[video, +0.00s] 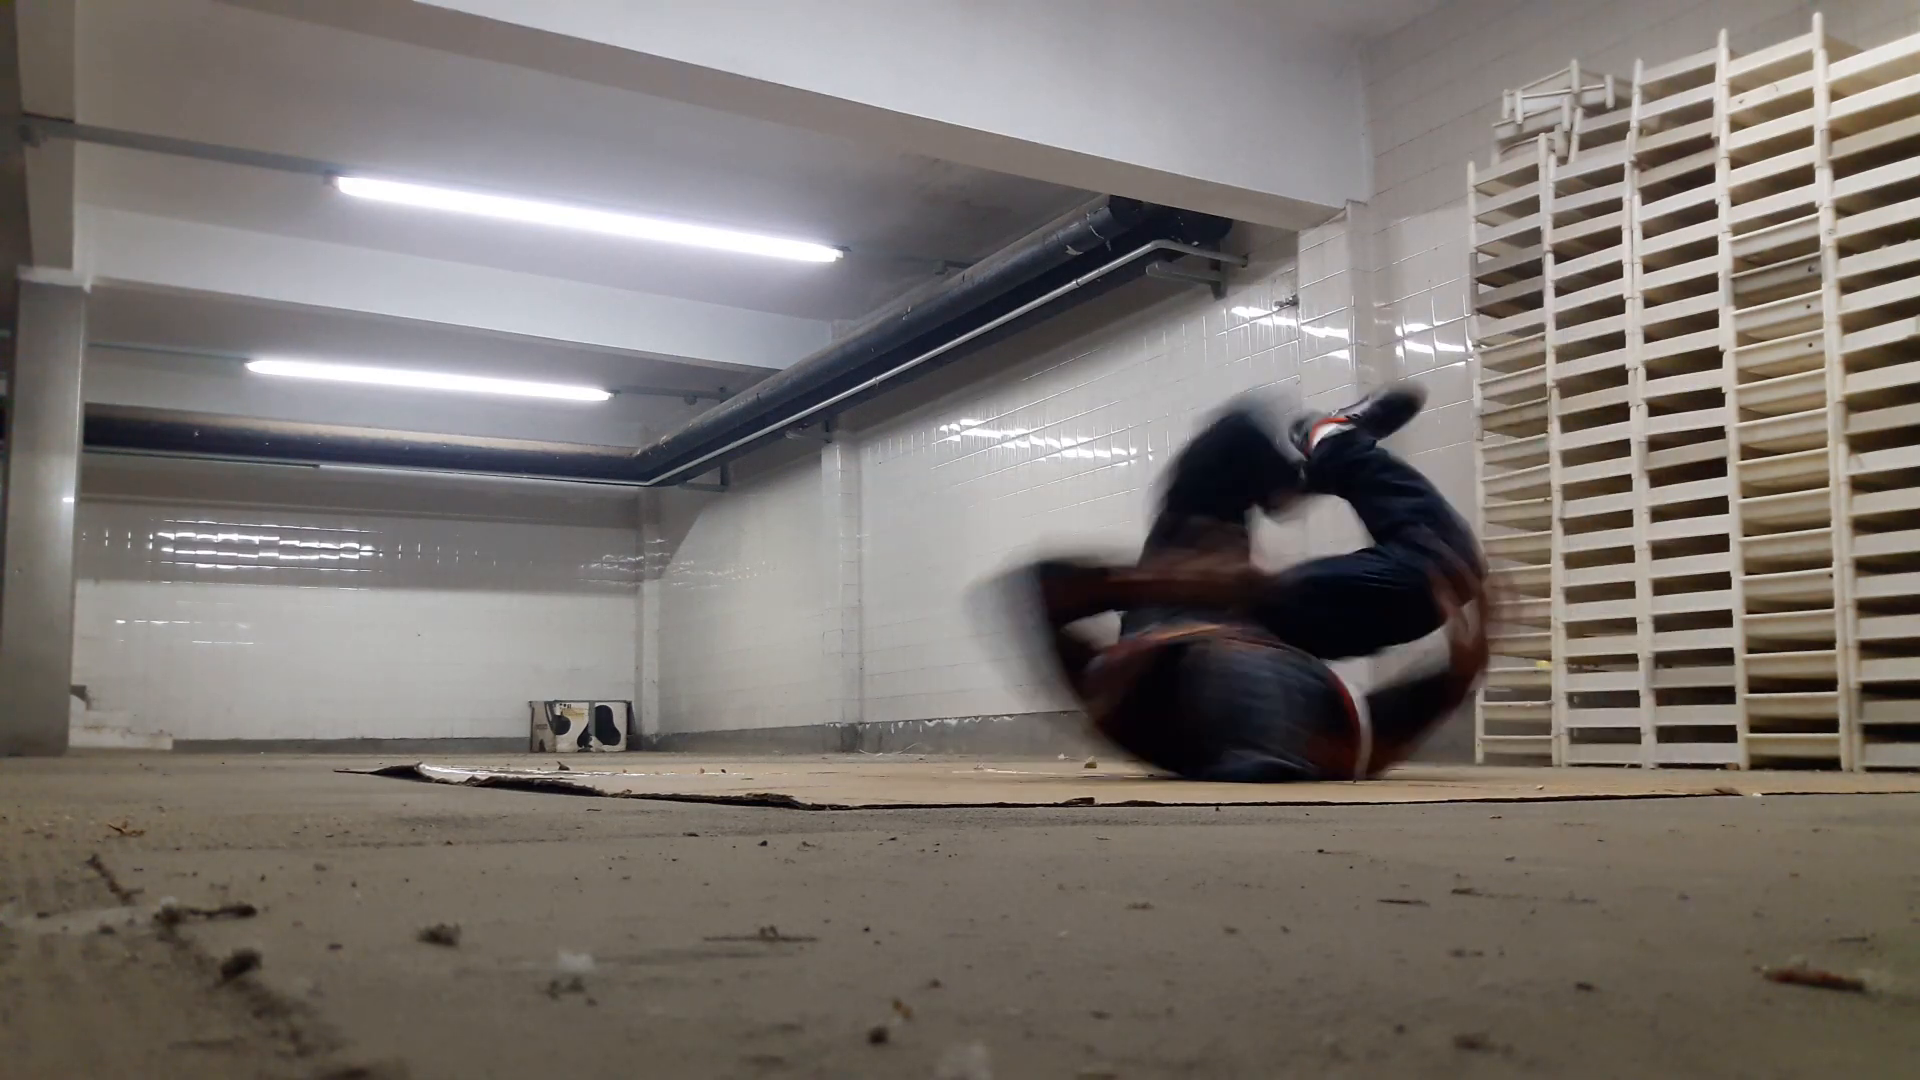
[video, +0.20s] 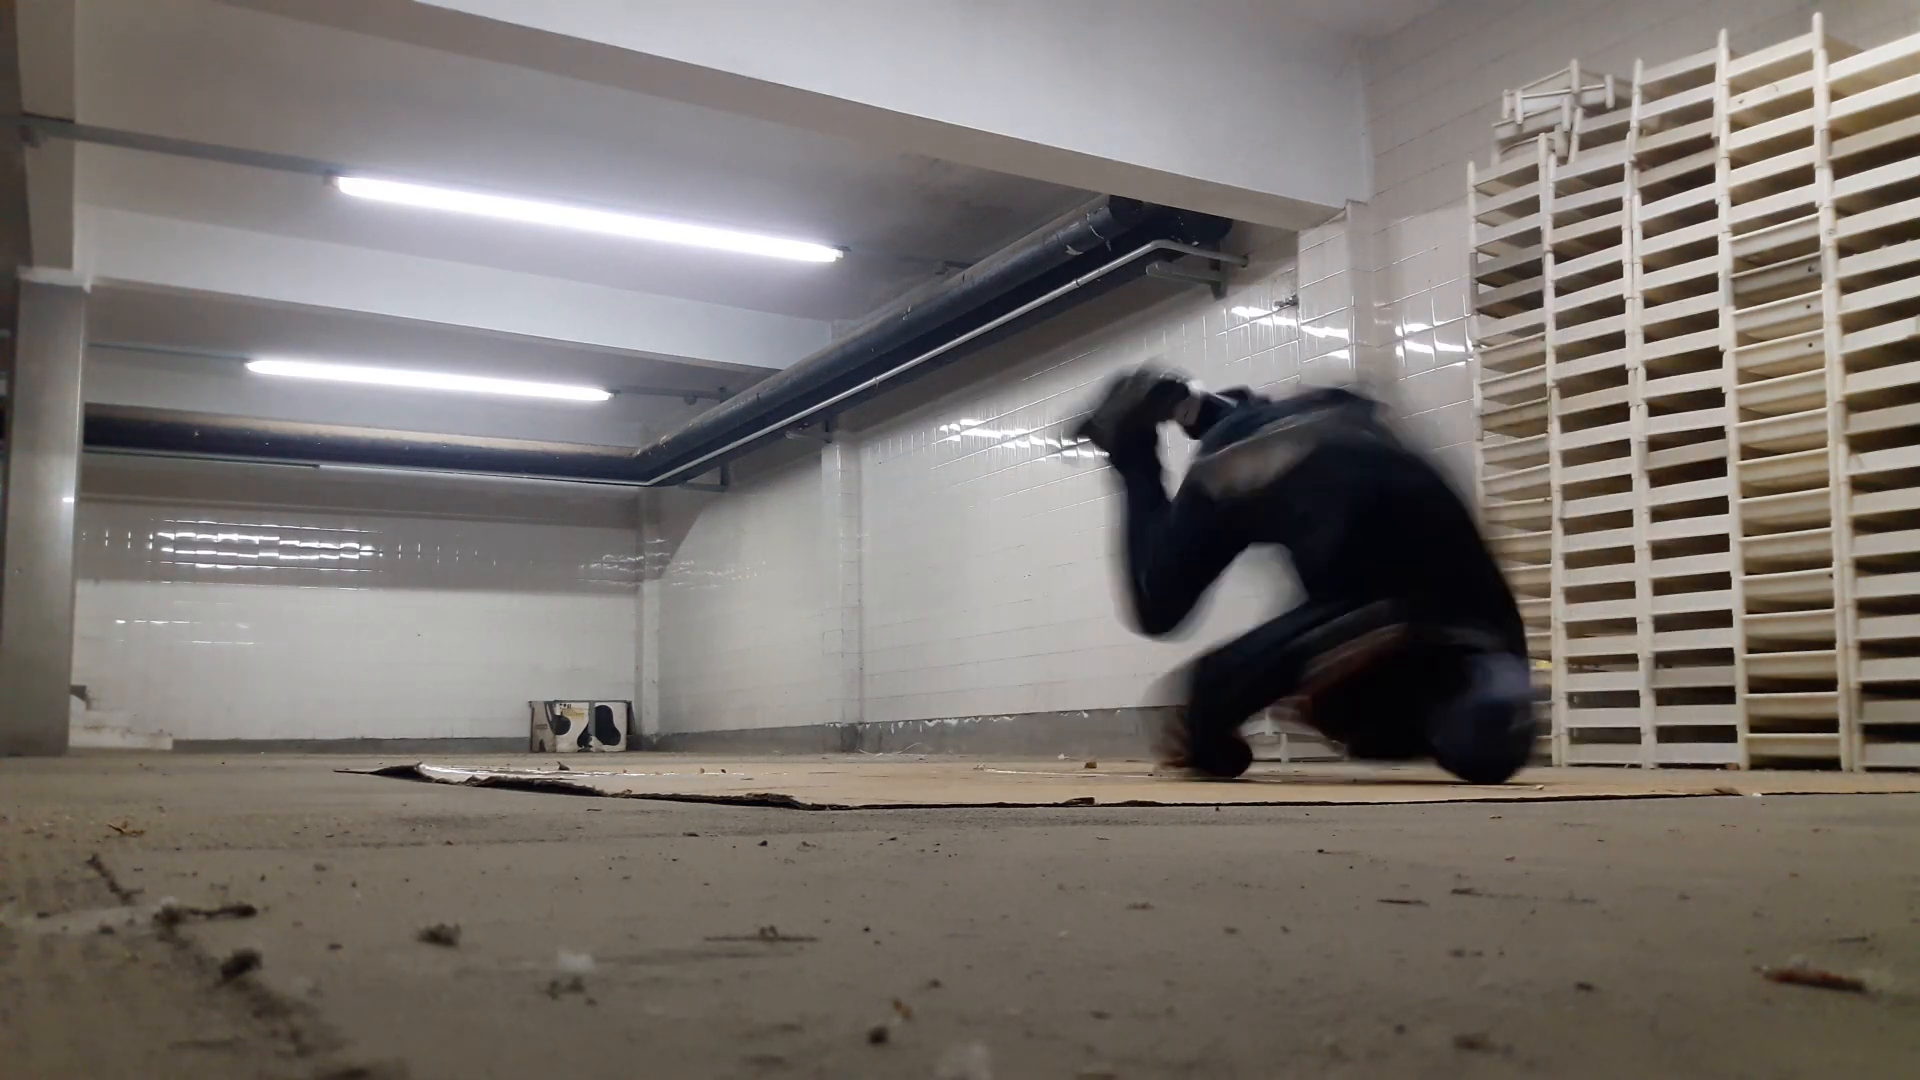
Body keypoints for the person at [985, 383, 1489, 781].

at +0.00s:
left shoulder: (1115, 691)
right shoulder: (1334, 745)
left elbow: (1041, 589)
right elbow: (1385, 723)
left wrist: (1231, 587)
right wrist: (1461, 676)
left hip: (1188, 629)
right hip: (1282, 650)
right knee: (1444, 571)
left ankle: (1281, 470)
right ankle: (1333, 441)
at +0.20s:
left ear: (1218, 450)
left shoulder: (1225, 469)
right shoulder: (1341, 410)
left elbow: (1157, 607)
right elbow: (1273, 422)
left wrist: (1132, 452)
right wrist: (1191, 406)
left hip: (1366, 608)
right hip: (1479, 614)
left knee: (1208, 696)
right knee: (1485, 751)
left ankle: (1221, 766)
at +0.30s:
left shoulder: (1461, 754)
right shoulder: (1561, 561)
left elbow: (1287, 749)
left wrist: (1397, 726)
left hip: (1322, 551)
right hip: (1363, 510)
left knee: (1139, 588)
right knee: (1381, 444)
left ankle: (1194, 399)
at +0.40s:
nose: (1659, 655)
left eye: (1666, 691)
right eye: (1678, 662)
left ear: (1653, 732)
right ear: (1667, 651)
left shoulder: (1549, 740)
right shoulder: (1619, 611)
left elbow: (1368, 749)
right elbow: (1624, 503)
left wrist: (1535, 708)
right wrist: (1677, 523)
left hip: (1297, 658)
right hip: (1363, 591)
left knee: (1231, 613)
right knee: (1482, 455)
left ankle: (1229, 488)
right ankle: (1286, 396)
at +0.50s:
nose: (1620, 661)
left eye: (1637, 673)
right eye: (1626, 662)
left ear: (1642, 703)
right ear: (1605, 676)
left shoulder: (1608, 739)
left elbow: (1724, 683)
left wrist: (1707, 606)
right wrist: (1473, 605)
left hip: (1314, 613)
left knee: (1508, 448)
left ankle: (1283, 438)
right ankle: (1282, 439)